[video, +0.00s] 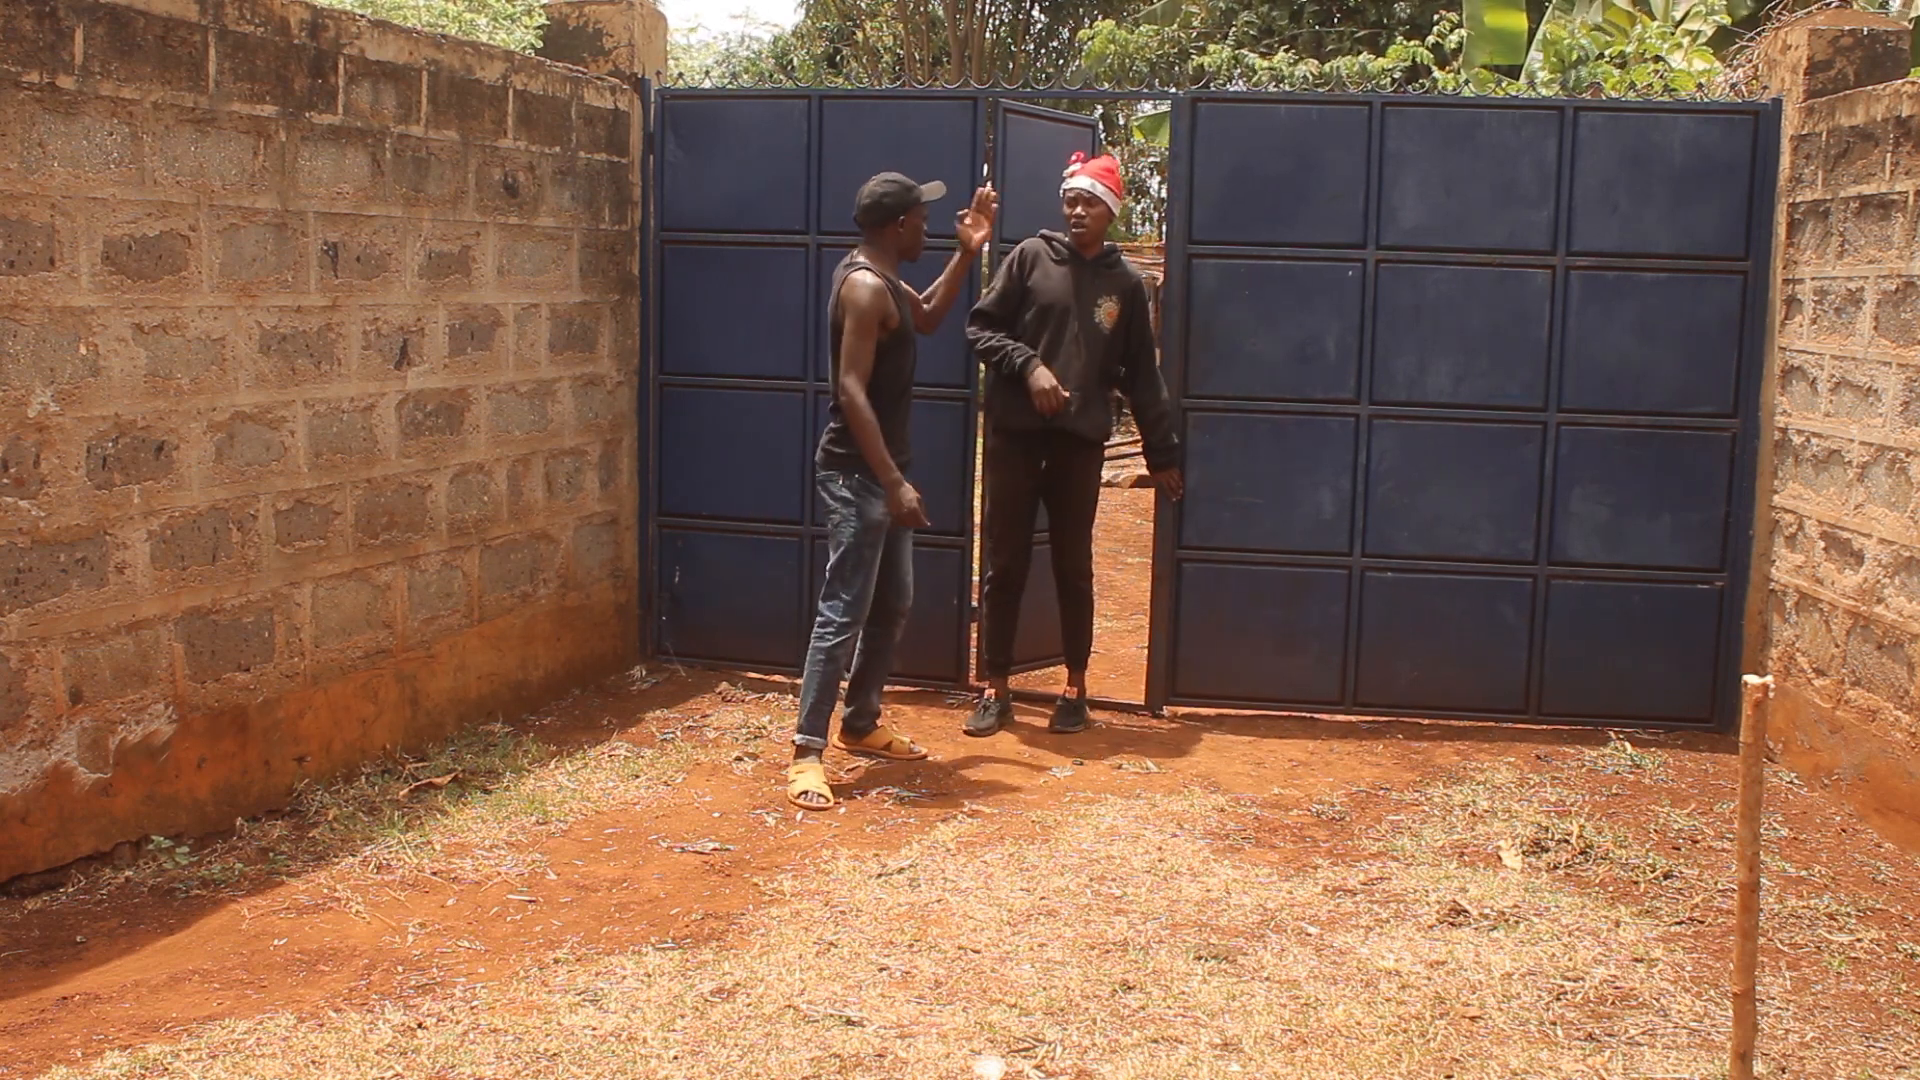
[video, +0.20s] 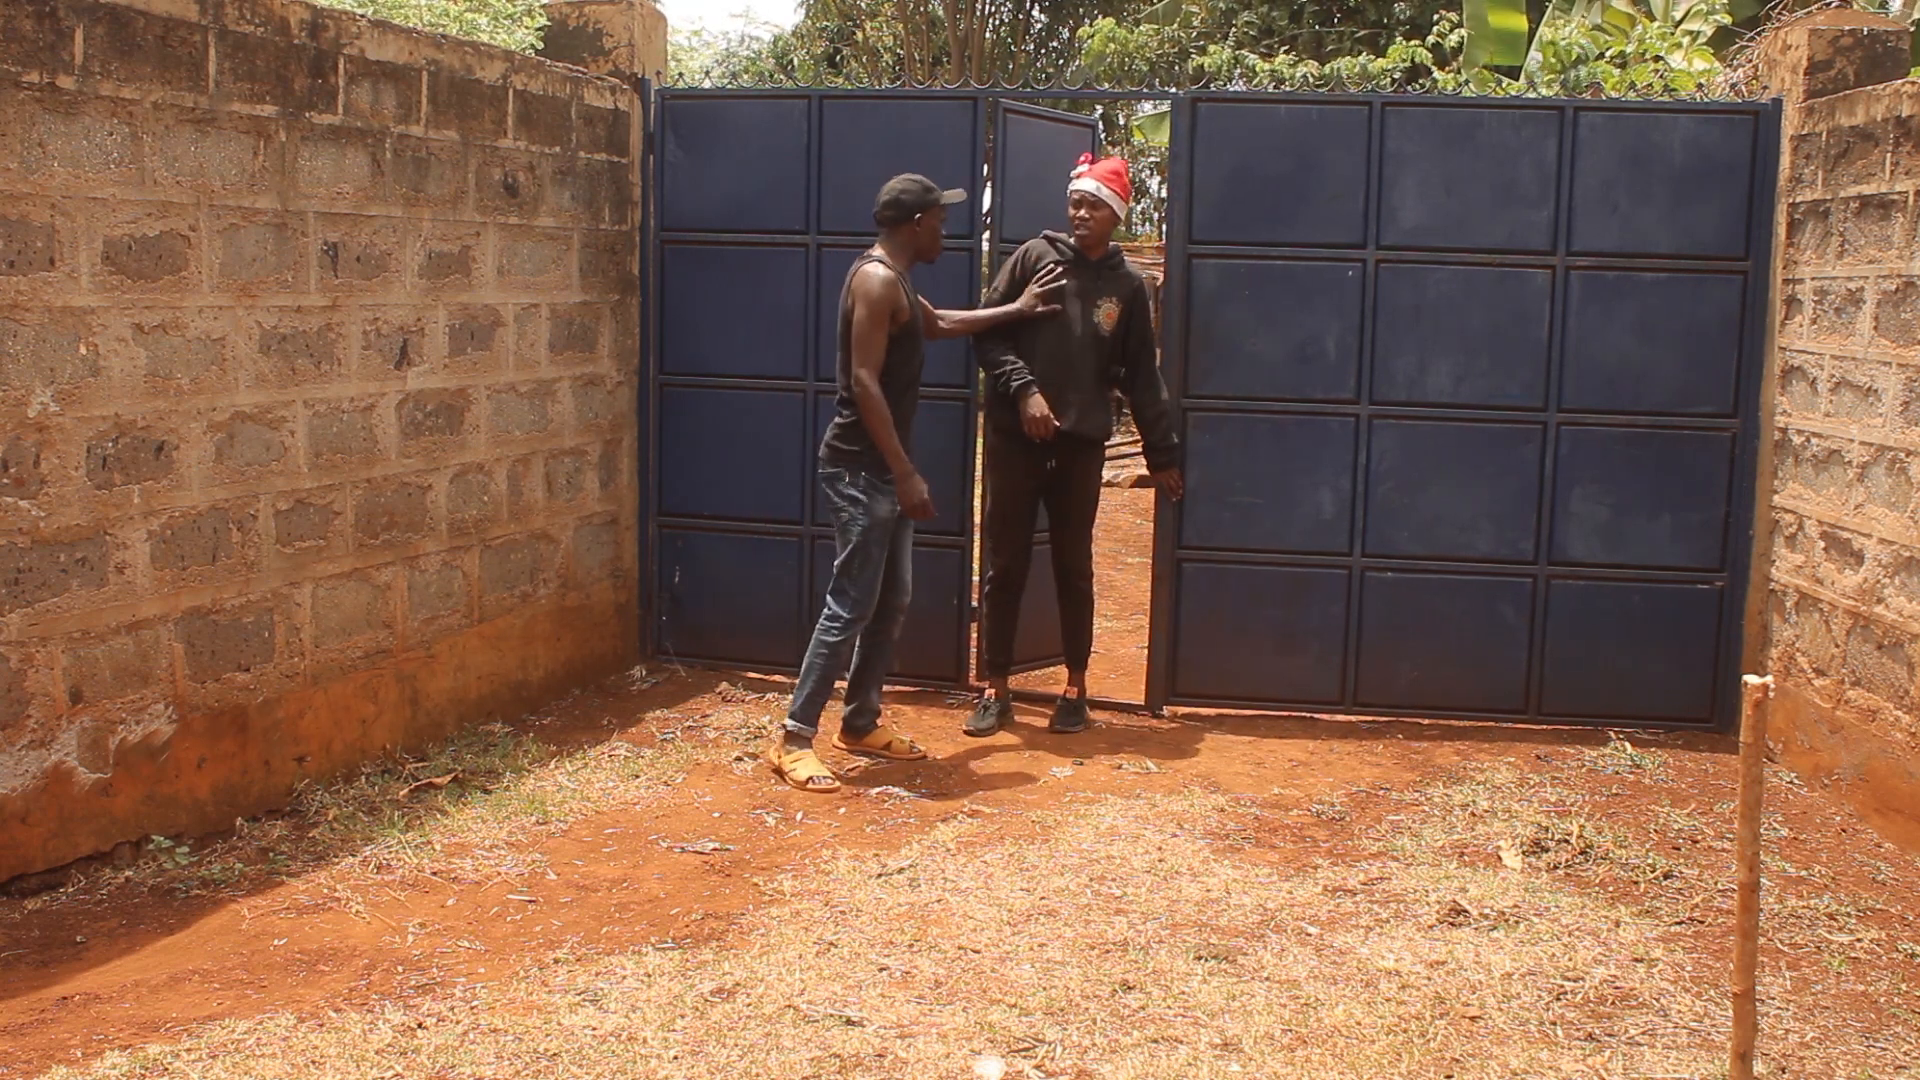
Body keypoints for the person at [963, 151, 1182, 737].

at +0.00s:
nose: (1079, 211)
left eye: (1091, 202)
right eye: (1072, 200)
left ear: (1113, 211)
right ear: (1061, 205)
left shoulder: (1126, 282)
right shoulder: (1029, 255)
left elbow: (1144, 375)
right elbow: (979, 327)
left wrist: (1163, 453)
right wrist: (1027, 363)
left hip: (1079, 446)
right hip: (1012, 439)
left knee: (1073, 565)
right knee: (1005, 564)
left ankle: (1074, 689)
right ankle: (992, 691)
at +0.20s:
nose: (1082, 214)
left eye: (1095, 205)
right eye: (1076, 202)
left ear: (1119, 215)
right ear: (1067, 205)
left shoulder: (1128, 285)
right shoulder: (1034, 255)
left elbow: (1144, 376)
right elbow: (989, 331)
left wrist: (1163, 453)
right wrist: (1023, 389)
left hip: (1081, 445)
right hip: (1013, 438)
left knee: (1073, 566)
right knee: (1006, 564)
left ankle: (1075, 688)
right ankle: (993, 690)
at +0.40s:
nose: (1082, 222)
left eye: (1095, 214)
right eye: (1078, 210)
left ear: (1122, 220)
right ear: (1070, 210)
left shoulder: (1140, 286)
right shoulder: (1044, 257)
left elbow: (1148, 379)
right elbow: (1002, 324)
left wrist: (1160, 457)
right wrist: (1016, 374)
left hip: (1083, 440)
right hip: (1017, 428)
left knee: (1074, 566)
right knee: (1003, 561)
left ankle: (1074, 689)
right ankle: (991, 689)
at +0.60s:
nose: (1097, 222)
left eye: (1110, 214)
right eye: (1093, 211)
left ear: (1138, 221)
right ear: (1088, 213)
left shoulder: (1156, 283)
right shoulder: (1067, 263)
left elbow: (1159, 377)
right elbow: (1024, 314)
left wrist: (1159, 458)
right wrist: (979, 338)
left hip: (1098, 435)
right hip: (1038, 425)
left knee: (1081, 564)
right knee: (1000, 540)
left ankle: (1075, 686)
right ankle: (1043, 608)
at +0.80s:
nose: (1095, 217)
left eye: (1108, 210)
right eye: (1091, 206)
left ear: (1134, 221)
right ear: (1085, 208)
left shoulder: (1147, 280)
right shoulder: (1062, 262)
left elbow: (1153, 376)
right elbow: (1025, 341)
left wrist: (1161, 457)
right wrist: (966, 375)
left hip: (1108, 435)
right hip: (1051, 427)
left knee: (1078, 562)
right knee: (1037, 557)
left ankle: (1074, 690)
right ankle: (1107, 622)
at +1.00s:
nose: (1070, 243)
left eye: (1082, 236)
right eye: (1065, 233)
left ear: (1107, 244)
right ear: (1060, 237)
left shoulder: (1122, 287)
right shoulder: (1056, 284)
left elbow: (1142, 381)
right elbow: (1028, 363)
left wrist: (1154, 465)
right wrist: (976, 411)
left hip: (1111, 451)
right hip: (1070, 450)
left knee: (1053, 559)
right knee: (1104, 573)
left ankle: (1069, 690)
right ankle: (1121, 680)